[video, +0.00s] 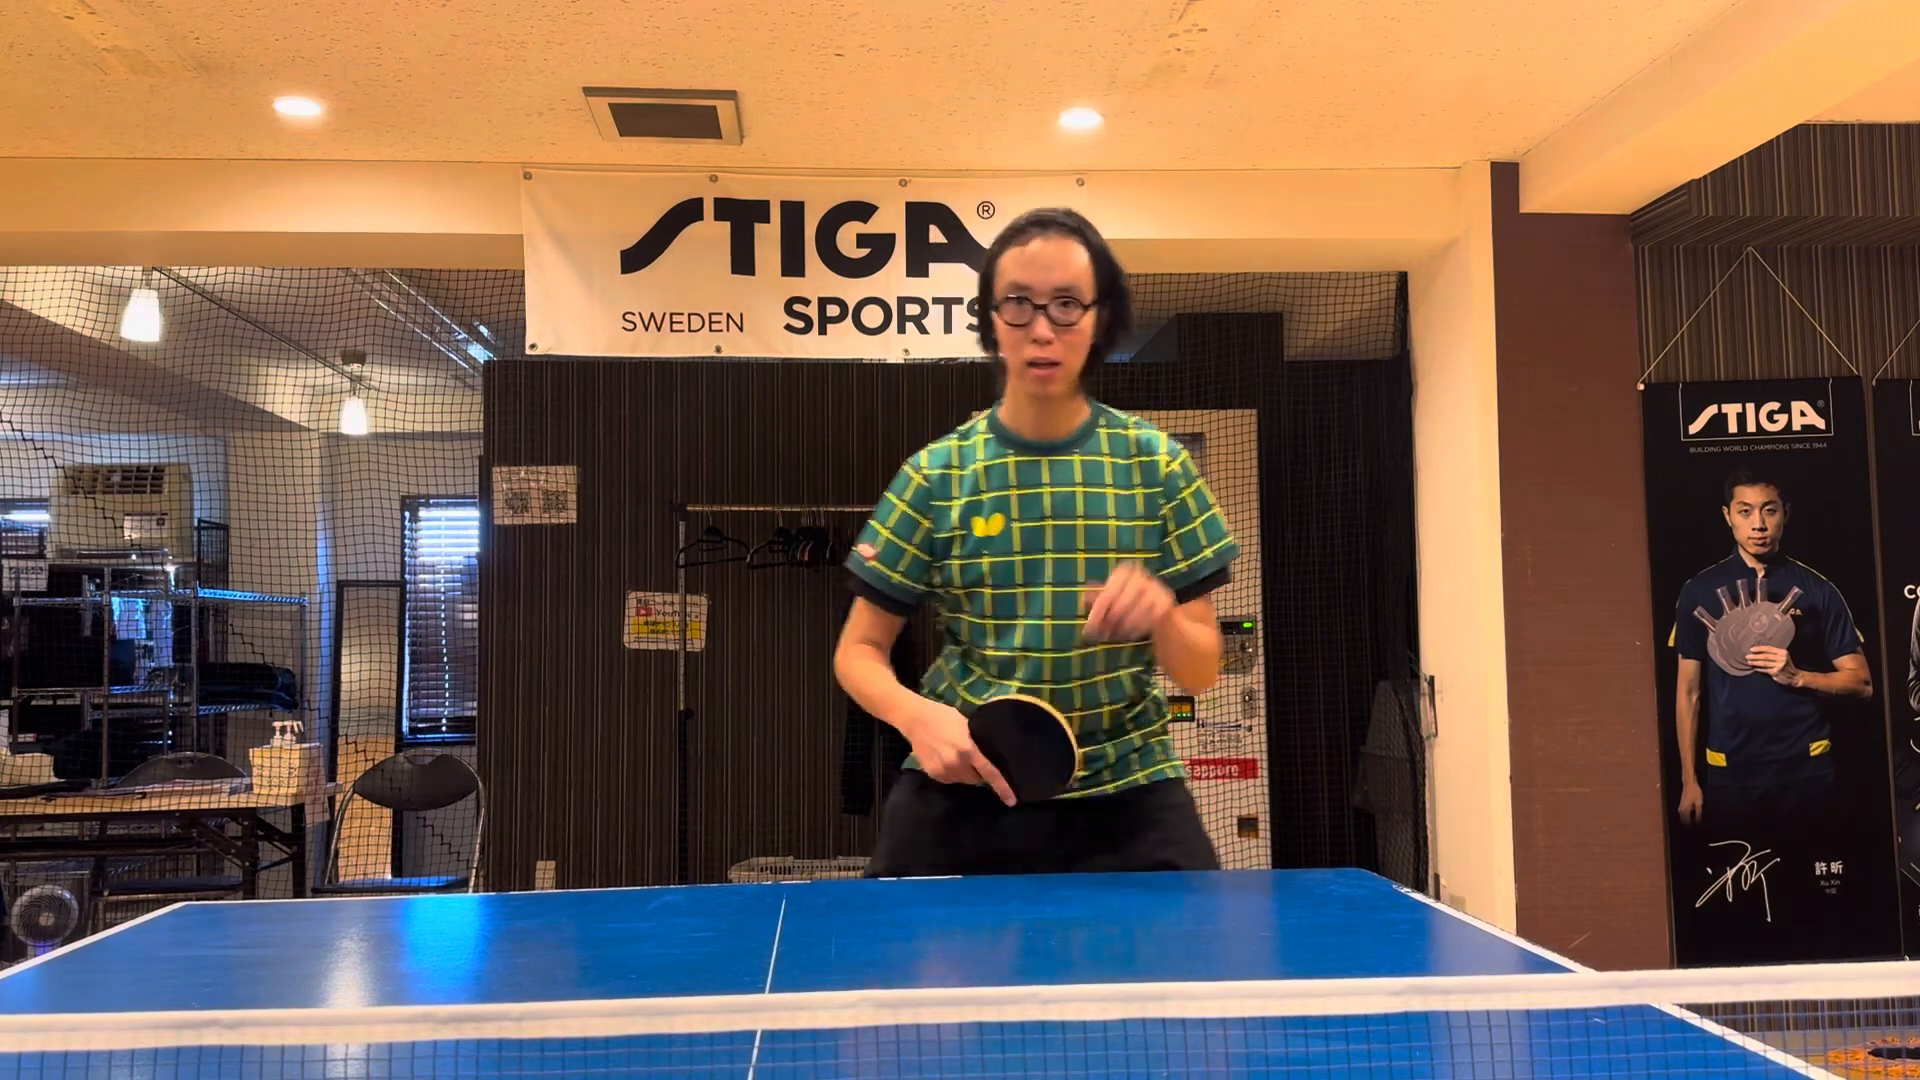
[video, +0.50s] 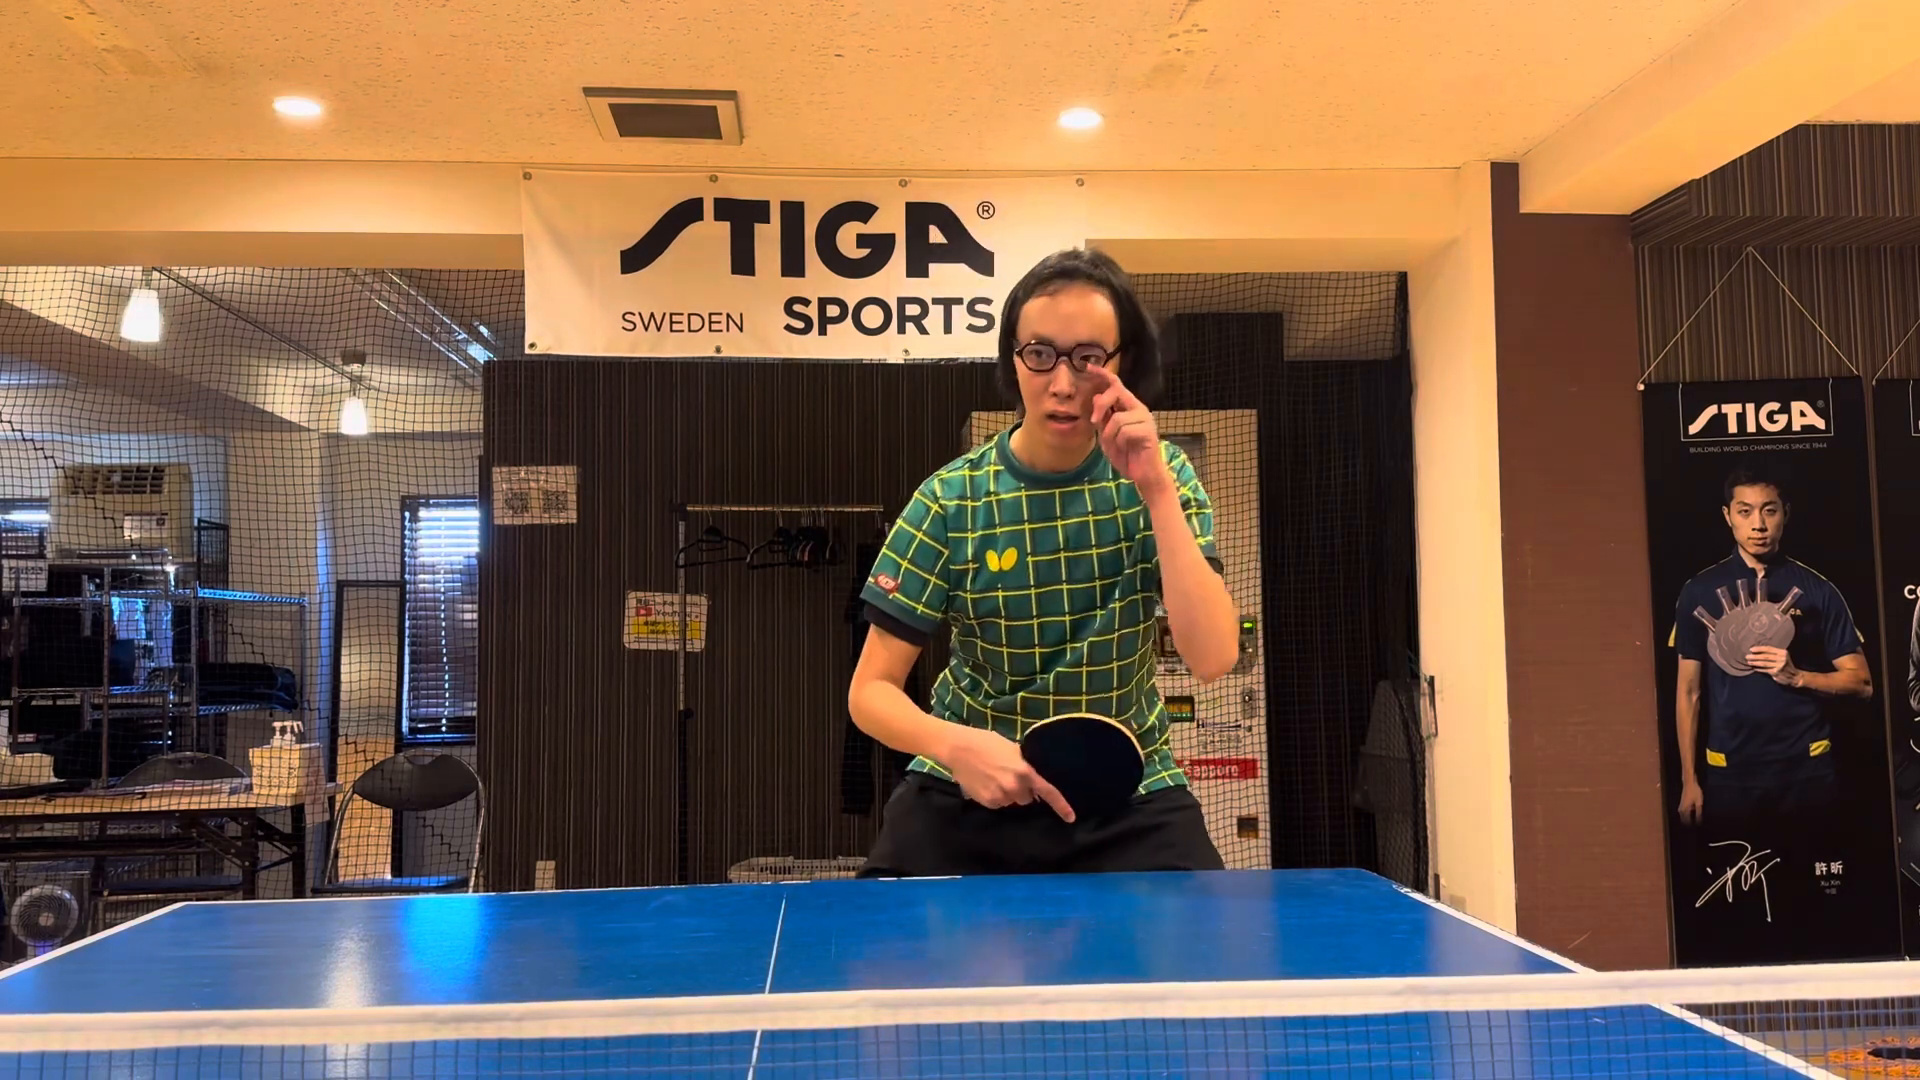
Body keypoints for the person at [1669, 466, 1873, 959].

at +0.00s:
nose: (1758, 522)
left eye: (1768, 510)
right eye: (1745, 511)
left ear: (1784, 516)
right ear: (1728, 517)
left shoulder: (1816, 591)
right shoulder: (1700, 594)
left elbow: (1860, 681)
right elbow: (1688, 692)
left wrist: (1797, 676)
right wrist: (1689, 779)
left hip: (1806, 774)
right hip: (1729, 777)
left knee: (1815, 907)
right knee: (1732, 907)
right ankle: (1738, 1018)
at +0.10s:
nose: (1758, 522)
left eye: (1768, 510)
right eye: (1745, 511)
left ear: (1784, 516)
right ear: (1728, 517)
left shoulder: (1816, 591)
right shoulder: (1700, 594)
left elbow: (1860, 681)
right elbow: (1688, 693)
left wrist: (1797, 676)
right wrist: (1689, 778)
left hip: (1806, 774)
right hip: (1729, 777)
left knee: (1815, 908)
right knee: (1733, 910)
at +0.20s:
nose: (1758, 522)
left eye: (1768, 510)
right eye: (1745, 511)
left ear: (1784, 516)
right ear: (1728, 517)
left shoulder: (1816, 591)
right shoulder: (1700, 594)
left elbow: (1860, 681)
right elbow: (1688, 693)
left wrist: (1798, 676)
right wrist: (1689, 779)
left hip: (1806, 774)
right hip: (1729, 776)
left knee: (1814, 905)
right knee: (1732, 906)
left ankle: (1816, 1017)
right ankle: (1737, 1019)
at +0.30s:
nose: (1758, 523)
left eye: (1768, 510)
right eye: (1745, 511)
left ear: (1784, 516)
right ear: (1728, 517)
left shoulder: (1817, 593)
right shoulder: (1700, 594)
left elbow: (1860, 681)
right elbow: (1688, 692)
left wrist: (1796, 676)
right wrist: (1689, 778)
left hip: (1806, 774)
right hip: (1729, 777)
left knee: (1812, 908)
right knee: (1733, 909)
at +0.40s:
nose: (1758, 522)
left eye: (1768, 510)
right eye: (1745, 511)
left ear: (1784, 516)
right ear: (1728, 517)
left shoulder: (1816, 592)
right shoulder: (1700, 594)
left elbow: (1860, 681)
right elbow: (1689, 692)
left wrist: (1797, 676)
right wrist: (1688, 778)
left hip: (1806, 774)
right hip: (1729, 777)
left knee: (1813, 905)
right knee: (1733, 906)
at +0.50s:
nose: (1758, 523)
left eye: (1768, 510)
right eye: (1745, 511)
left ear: (1785, 515)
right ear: (1728, 517)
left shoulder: (1816, 592)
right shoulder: (1699, 595)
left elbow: (1860, 681)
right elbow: (1688, 692)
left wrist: (1797, 676)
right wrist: (1689, 778)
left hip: (1806, 773)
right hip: (1728, 776)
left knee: (1812, 903)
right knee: (1731, 906)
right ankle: (1737, 1019)